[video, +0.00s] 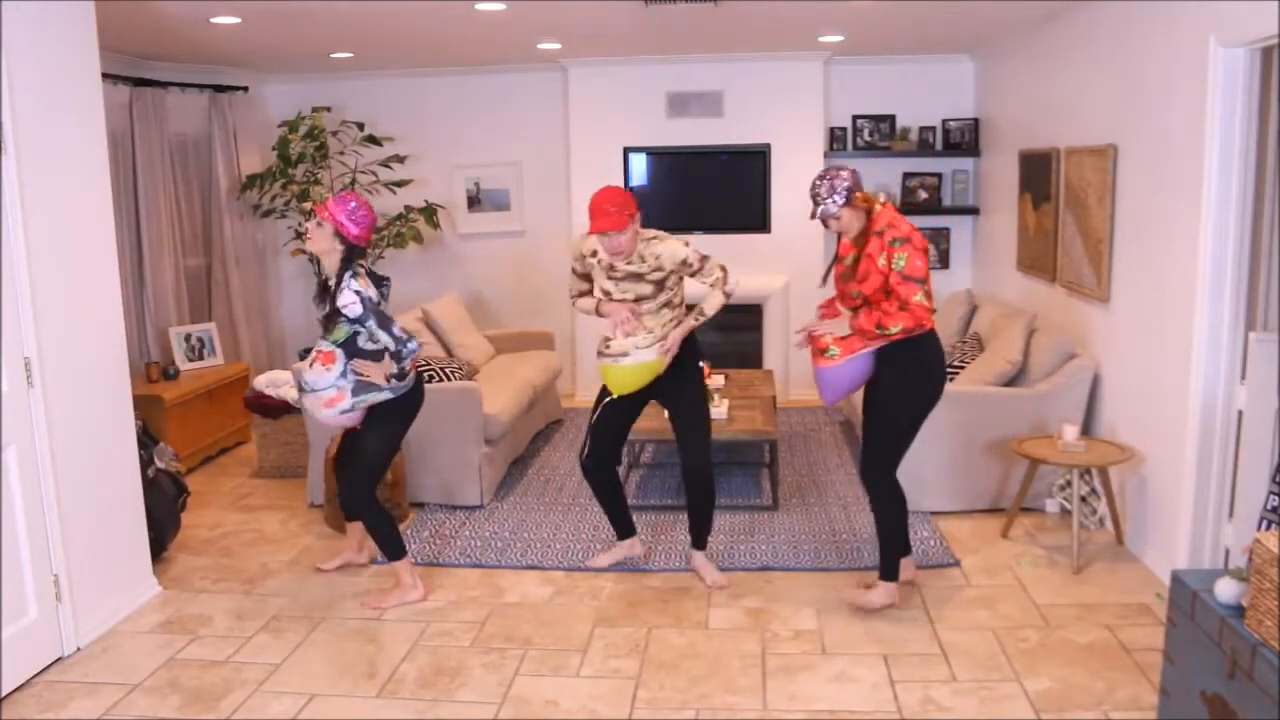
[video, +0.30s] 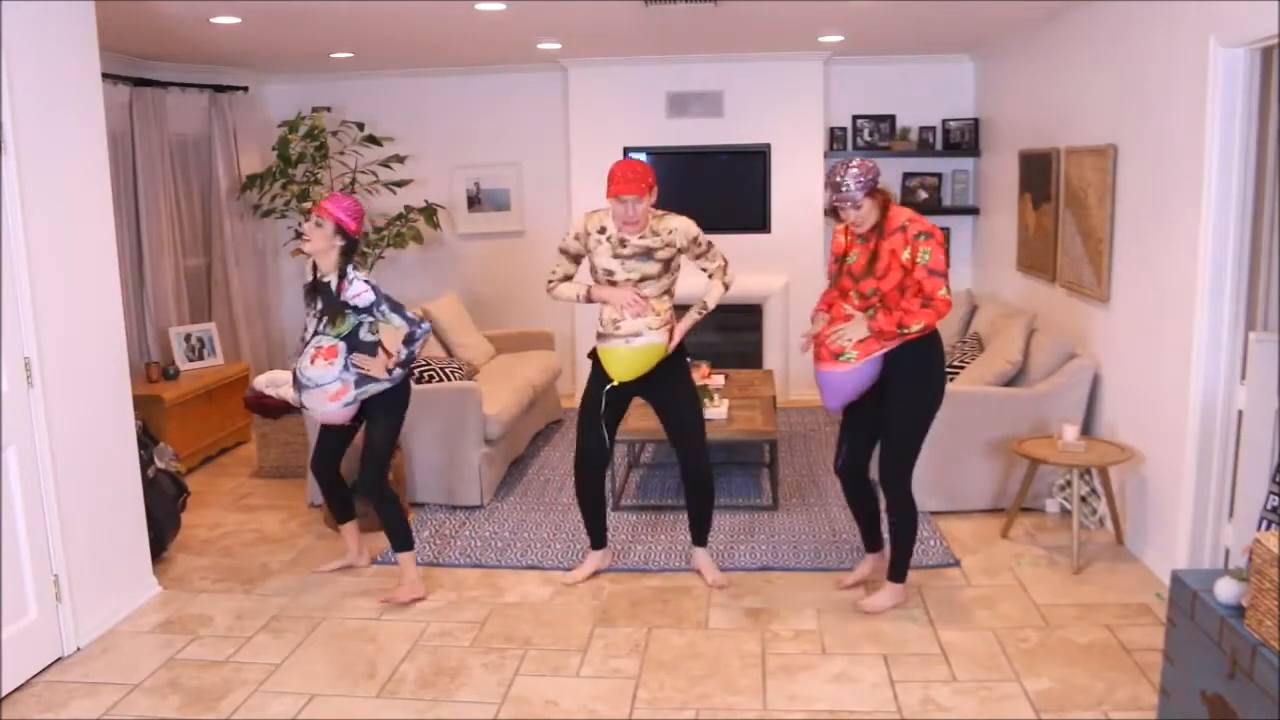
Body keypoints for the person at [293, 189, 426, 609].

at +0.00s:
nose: (307, 227)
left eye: (317, 223)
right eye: (312, 220)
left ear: (338, 237)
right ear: (336, 237)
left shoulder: (352, 286)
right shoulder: (340, 277)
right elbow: (350, 339)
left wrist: (392, 373)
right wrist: (315, 368)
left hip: (400, 393)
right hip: (378, 389)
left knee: (359, 484)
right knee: (344, 463)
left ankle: (410, 582)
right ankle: (358, 545)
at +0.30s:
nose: (305, 229)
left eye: (316, 225)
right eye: (307, 222)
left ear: (339, 240)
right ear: (322, 237)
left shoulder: (357, 288)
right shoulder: (315, 287)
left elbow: (415, 328)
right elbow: (325, 343)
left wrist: (391, 368)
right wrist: (304, 379)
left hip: (385, 390)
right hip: (346, 390)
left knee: (372, 478)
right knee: (323, 465)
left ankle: (411, 579)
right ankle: (356, 552)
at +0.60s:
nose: (323, 233)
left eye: (333, 226)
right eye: (318, 225)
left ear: (352, 236)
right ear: (311, 233)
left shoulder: (370, 279)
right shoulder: (309, 285)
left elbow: (425, 323)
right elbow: (300, 327)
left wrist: (381, 357)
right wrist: (308, 355)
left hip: (394, 385)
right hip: (347, 391)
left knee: (404, 468)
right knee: (320, 468)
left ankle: (447, 559)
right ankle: (355, 552)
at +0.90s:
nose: (365, 219)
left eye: (374, 212)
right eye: (358, 212)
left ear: (389, 221)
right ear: (348, 220)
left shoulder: (414, 269)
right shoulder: (336, 274)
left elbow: (454, 327)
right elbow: (310, 319)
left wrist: (412, 357)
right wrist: (332, 352)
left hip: (416, 378)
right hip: (361, 385)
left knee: (440, 464)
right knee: (333, 469)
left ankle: (454, 559)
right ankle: (354, 551)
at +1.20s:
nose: (383, 202)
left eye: (391, 195)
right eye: (376, 196)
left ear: (405, 204)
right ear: (365, 206)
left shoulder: (432, 254)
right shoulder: (347, 261)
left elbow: (471, 311)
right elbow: (316, 312)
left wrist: (431, 347)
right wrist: (345, 344)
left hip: (424, 373)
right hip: (369, 376)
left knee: (442, 462)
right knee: (345, 461)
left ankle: (455, 560)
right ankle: (334, 552)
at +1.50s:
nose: (372, 225)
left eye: (381, 219)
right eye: (365, 220)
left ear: (395, 230)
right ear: (355, 231)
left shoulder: (421, 281)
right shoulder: (340, 288)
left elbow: (466, 336)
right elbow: (314, 342)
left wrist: (429, 369)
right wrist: (344, 377)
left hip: (424, 386)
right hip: (367, 391)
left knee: (457, 470)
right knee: (324, 469)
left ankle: (457, 558)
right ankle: (334, 555)